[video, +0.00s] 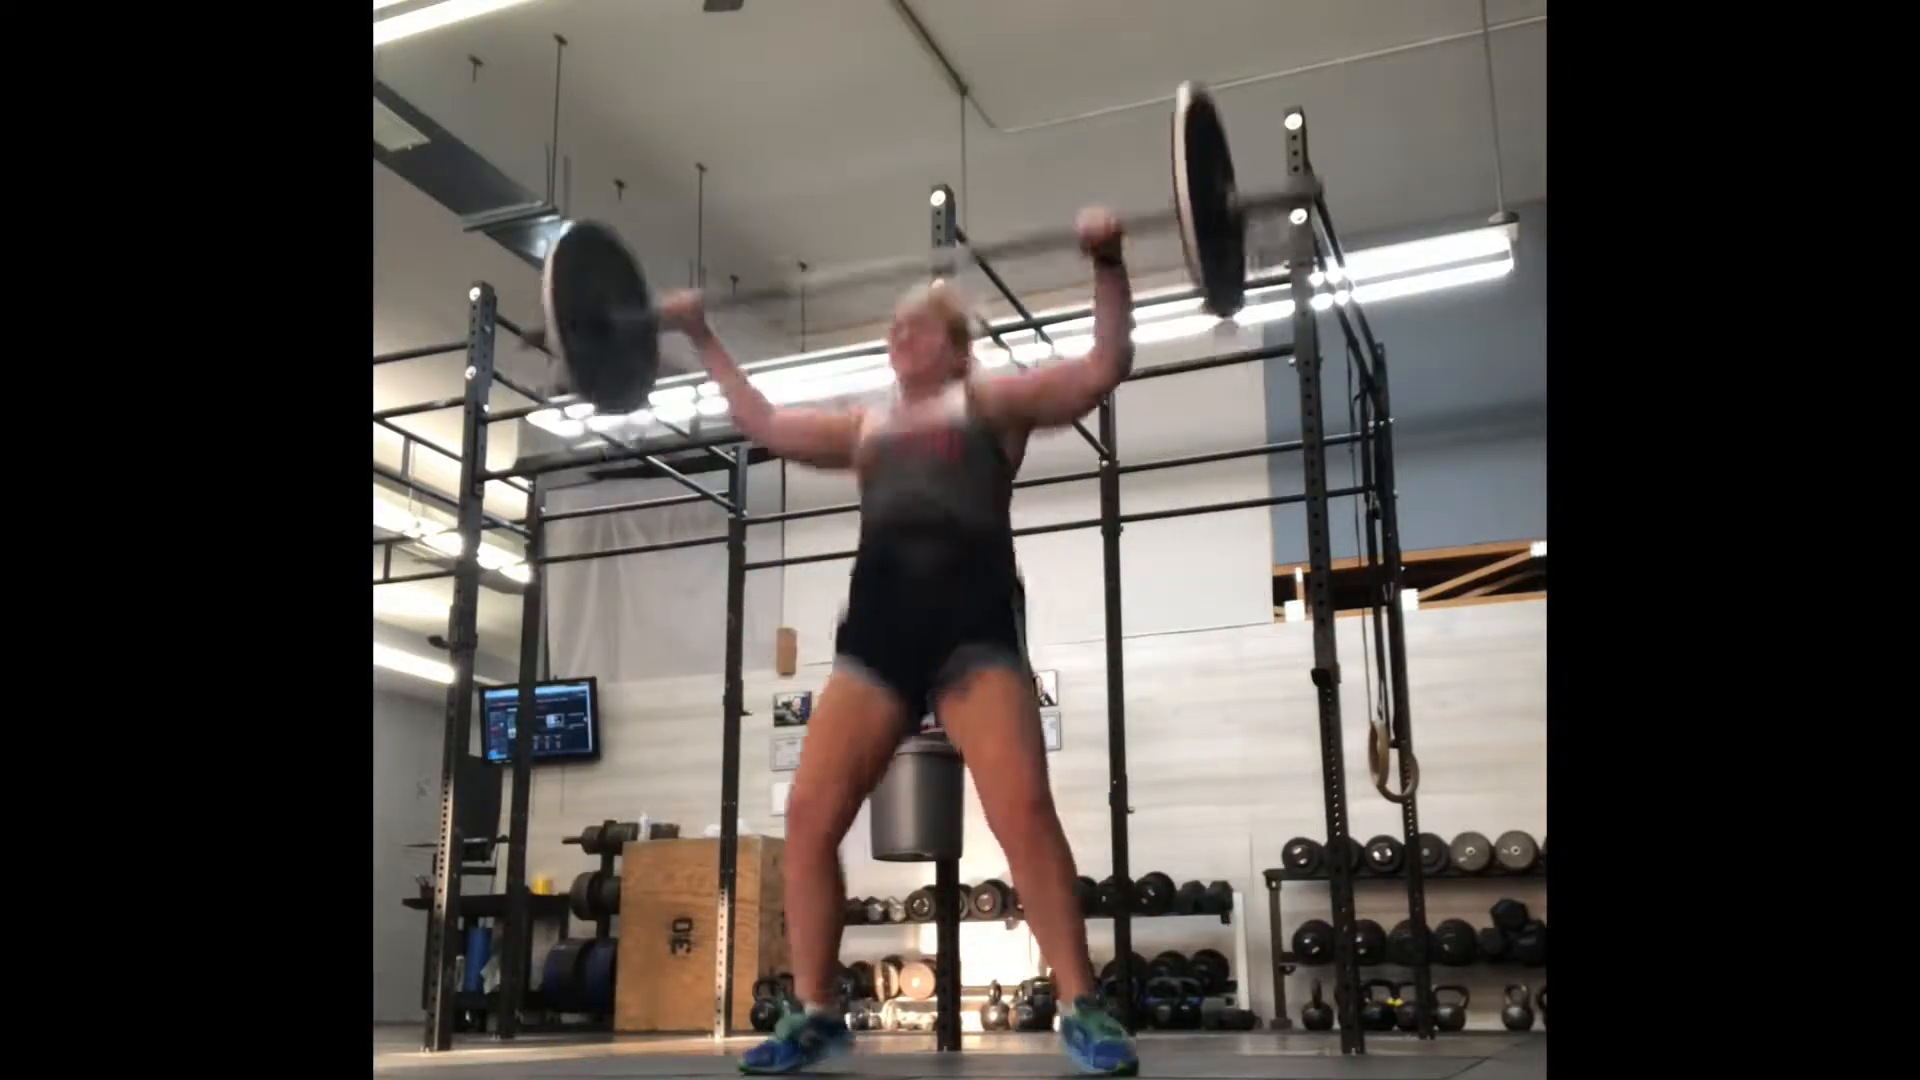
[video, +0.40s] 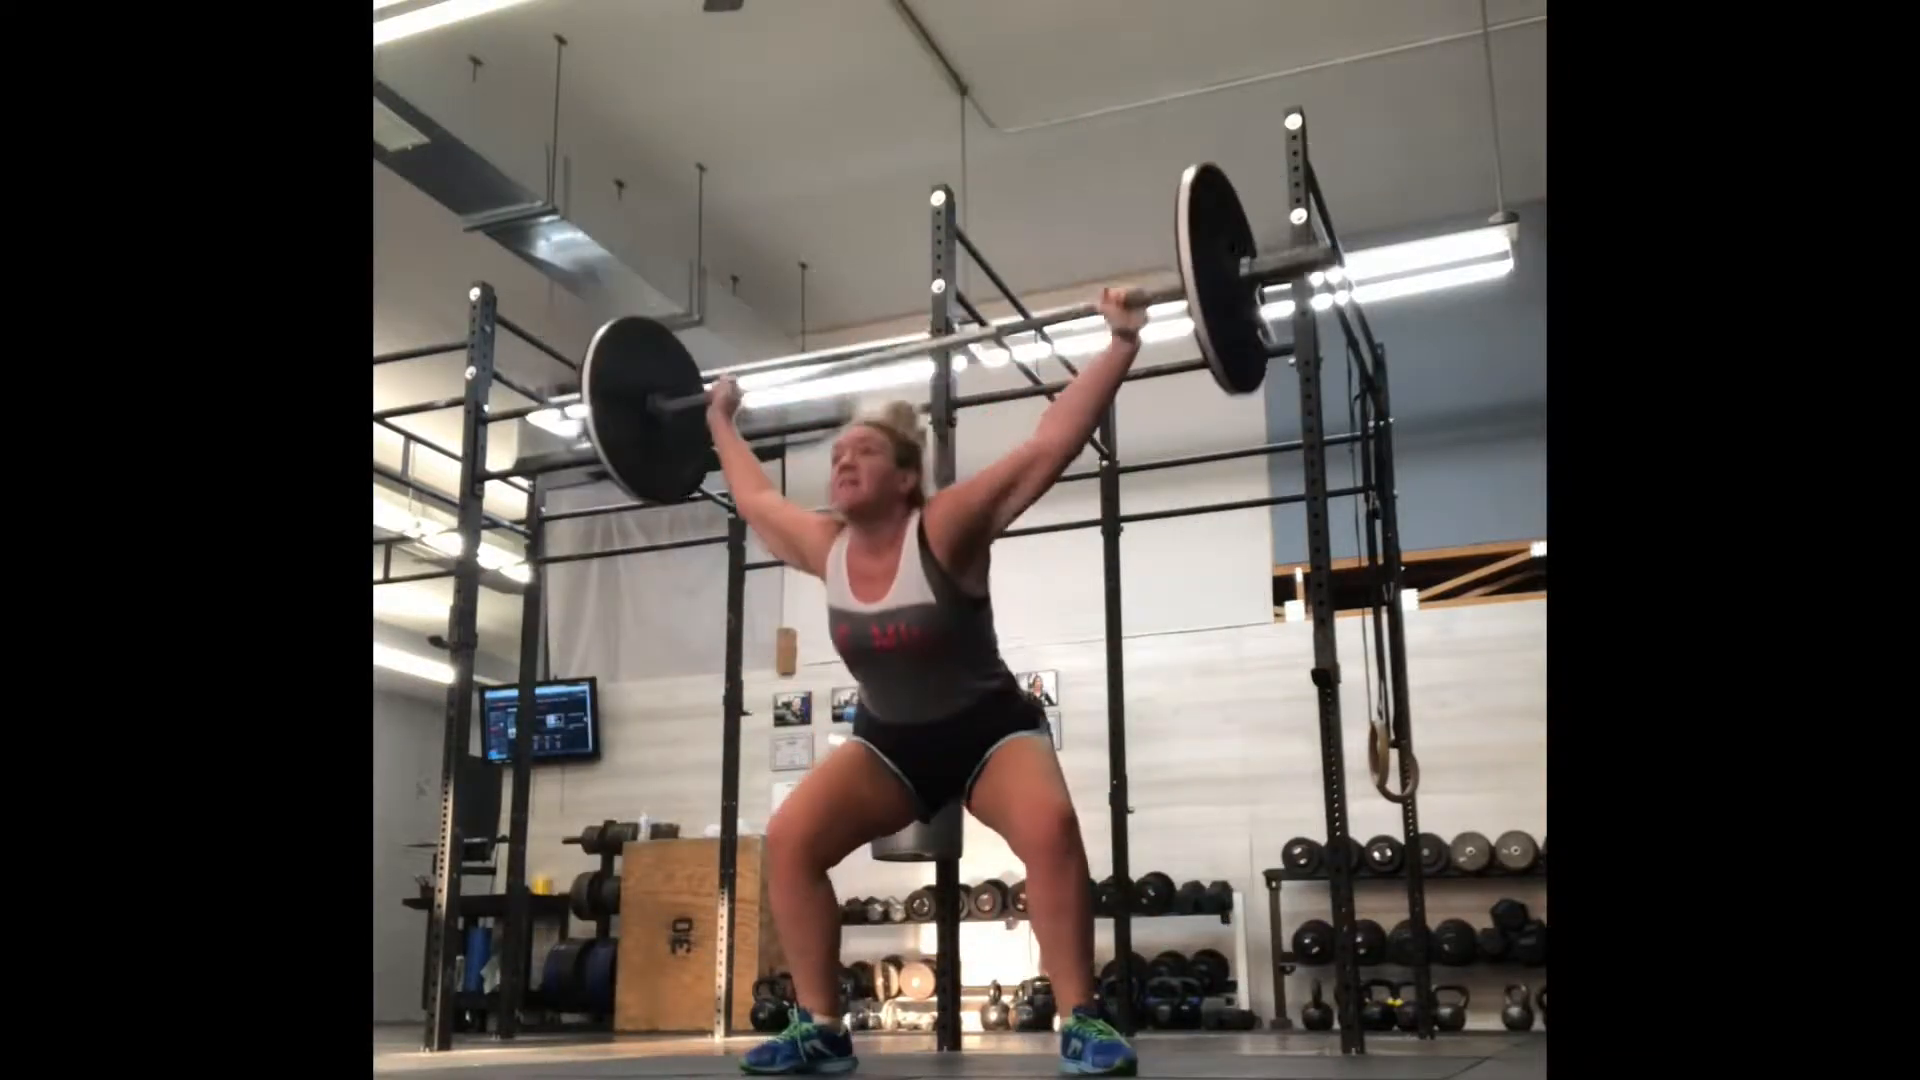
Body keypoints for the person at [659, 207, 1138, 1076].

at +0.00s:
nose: (899, 344)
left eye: (915, 330)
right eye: (893, 334)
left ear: (956, 339)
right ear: (891, 349)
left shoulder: (994, 402)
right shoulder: (866, 425)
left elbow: (1102, 369)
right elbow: (761, 424)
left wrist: (1106, 264)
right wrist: (700, 333)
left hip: (977, 638)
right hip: (875, 644)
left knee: (1025, 813)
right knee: (808, 813)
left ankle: (1079, 1005)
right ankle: (815, 1014)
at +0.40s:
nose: (844, 465)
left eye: (864, 455)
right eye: (839, 456)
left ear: (907, 475)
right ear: (832, 474)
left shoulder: (951, 525)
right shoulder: (824, 544)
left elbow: (1048, 448)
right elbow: (755, 499)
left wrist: (1120, 342)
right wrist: (721, 423)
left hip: (991, 734)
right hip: (889, 747)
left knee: (1054, 830)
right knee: (789, 838)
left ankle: (1079, 1019)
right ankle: (819, 1026)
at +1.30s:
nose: (833, 600)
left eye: (854, 586)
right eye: (824, 591)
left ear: (899, 608)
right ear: (819, 613)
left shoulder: (951, 649)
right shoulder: (820, 670)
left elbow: (1050, 586)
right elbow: (744, 612)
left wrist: (1124, 468)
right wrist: (696, 520)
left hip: (994, 833)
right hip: (892, 845)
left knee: (1073, 828)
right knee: (781, 850)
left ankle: (1076, 1023)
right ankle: (819, 1029)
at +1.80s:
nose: (850, 451)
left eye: (869, 440)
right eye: (843, 442)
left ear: (912, 458)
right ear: (836, 460)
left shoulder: (961, 510)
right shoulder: (833, 530)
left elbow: (1061, 446)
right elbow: (759, 477)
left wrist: (1141, 344)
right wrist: (720, 396)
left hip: (1008, 710)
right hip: (908, 726)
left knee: (1048, 827)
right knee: (807, 839)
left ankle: (1077, 1023)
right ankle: (818, 1027)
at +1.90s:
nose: (860, 398)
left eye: (881, 391)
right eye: (857, 391)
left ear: (921, 418)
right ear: (852, 419)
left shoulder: (968, 469)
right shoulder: (844, 496)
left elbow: (1068, 405)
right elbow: (767, 447)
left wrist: (1141, 305)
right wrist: (728, 371)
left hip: (1004, 691)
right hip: (902, 703)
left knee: (1051, 829)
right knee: (805, 842)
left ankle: (1079, 1020)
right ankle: (818, 1027)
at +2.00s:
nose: (866, 371)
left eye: (884, 361)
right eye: (863, 362)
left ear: (927, 380)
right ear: (863, 385)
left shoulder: (974, 436)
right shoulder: (849, 465)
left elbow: (1069, 371)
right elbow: (776, 430)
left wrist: (1141, 276)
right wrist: (734, 347)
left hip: (1000, 669)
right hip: (899, 679)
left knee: (1049, 825)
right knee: (810, 838)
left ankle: (1077, 1019)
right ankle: (817, 1026)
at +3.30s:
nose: (756, 619)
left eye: (775, 604)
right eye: (749, 607)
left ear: (819, 621)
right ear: (744, 622)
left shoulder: (878, 685)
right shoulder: (753, 708)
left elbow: (963, 799)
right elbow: (713, 821)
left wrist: (1040, 902)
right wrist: (654, 917)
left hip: (919, 803)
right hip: (837, 814)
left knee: (939, 835)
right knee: (735, 848)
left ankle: (971, 1006)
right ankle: (792, 1012)